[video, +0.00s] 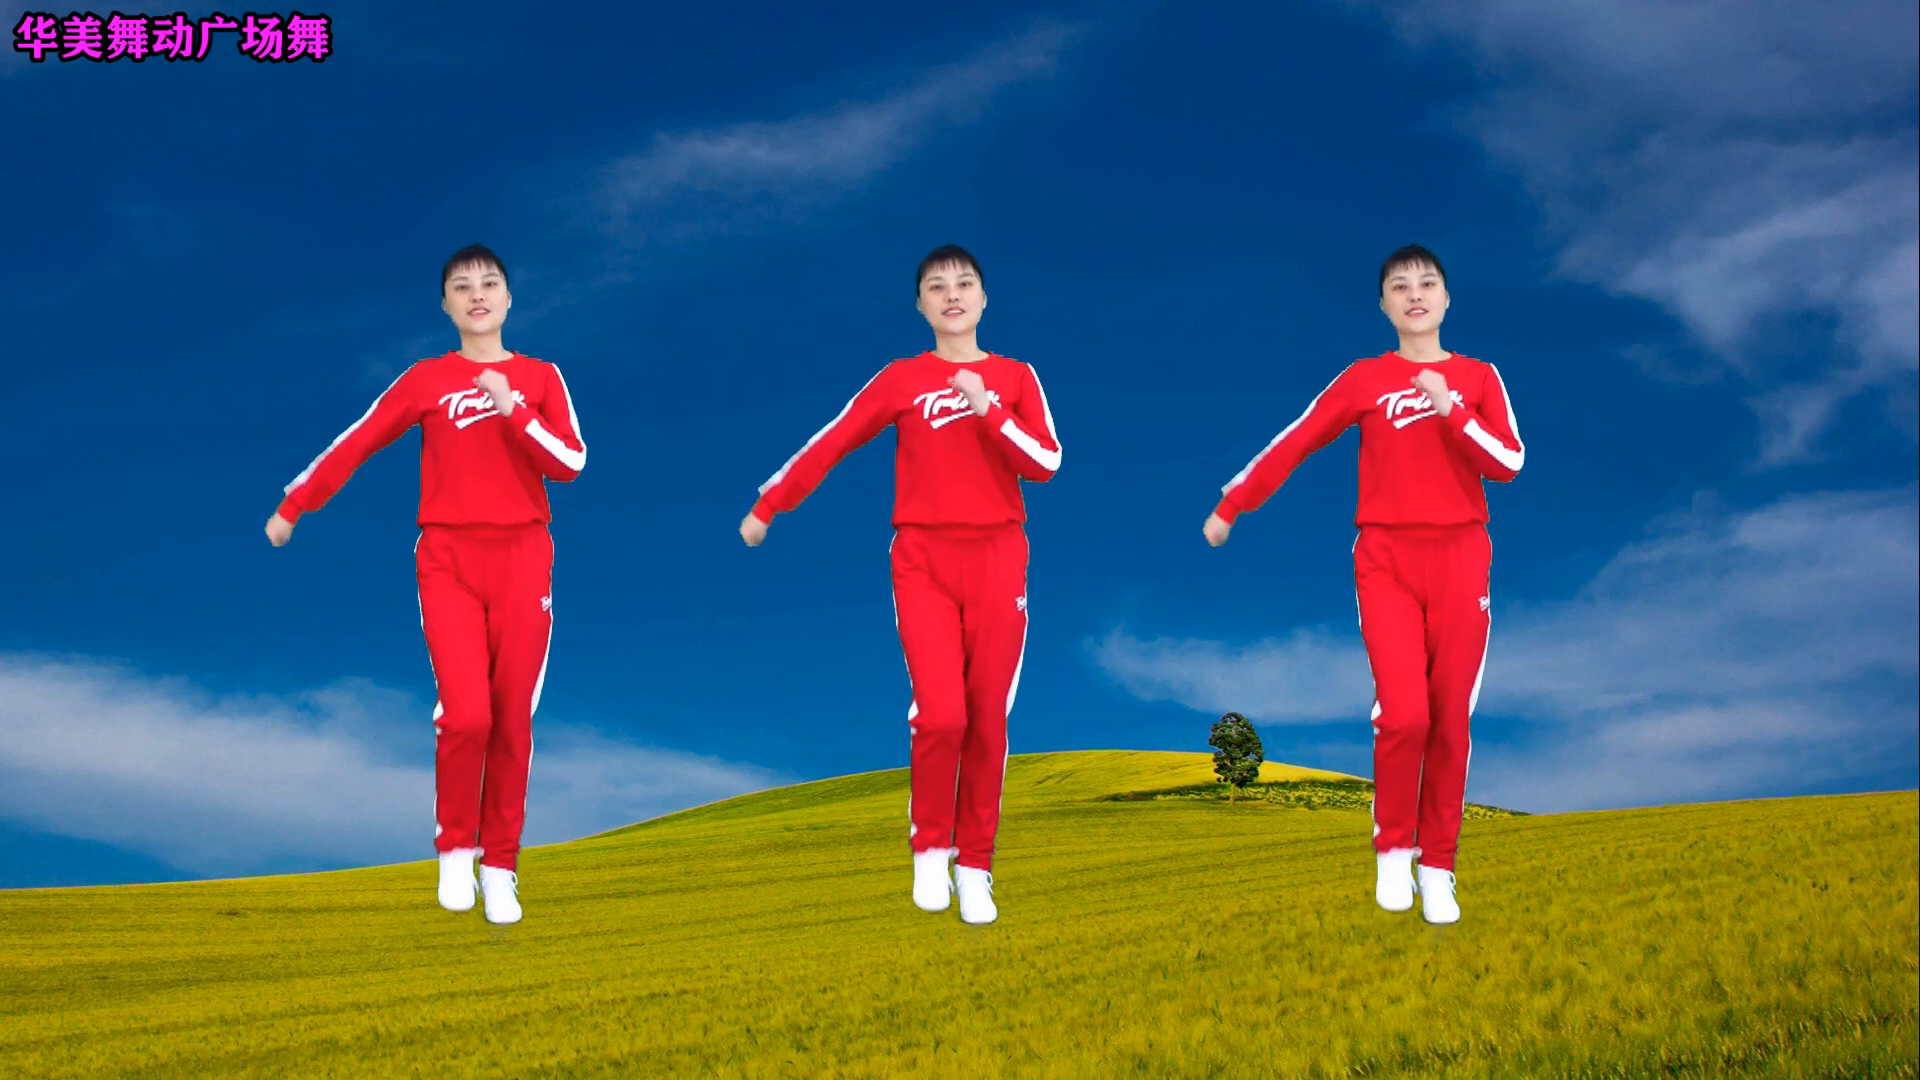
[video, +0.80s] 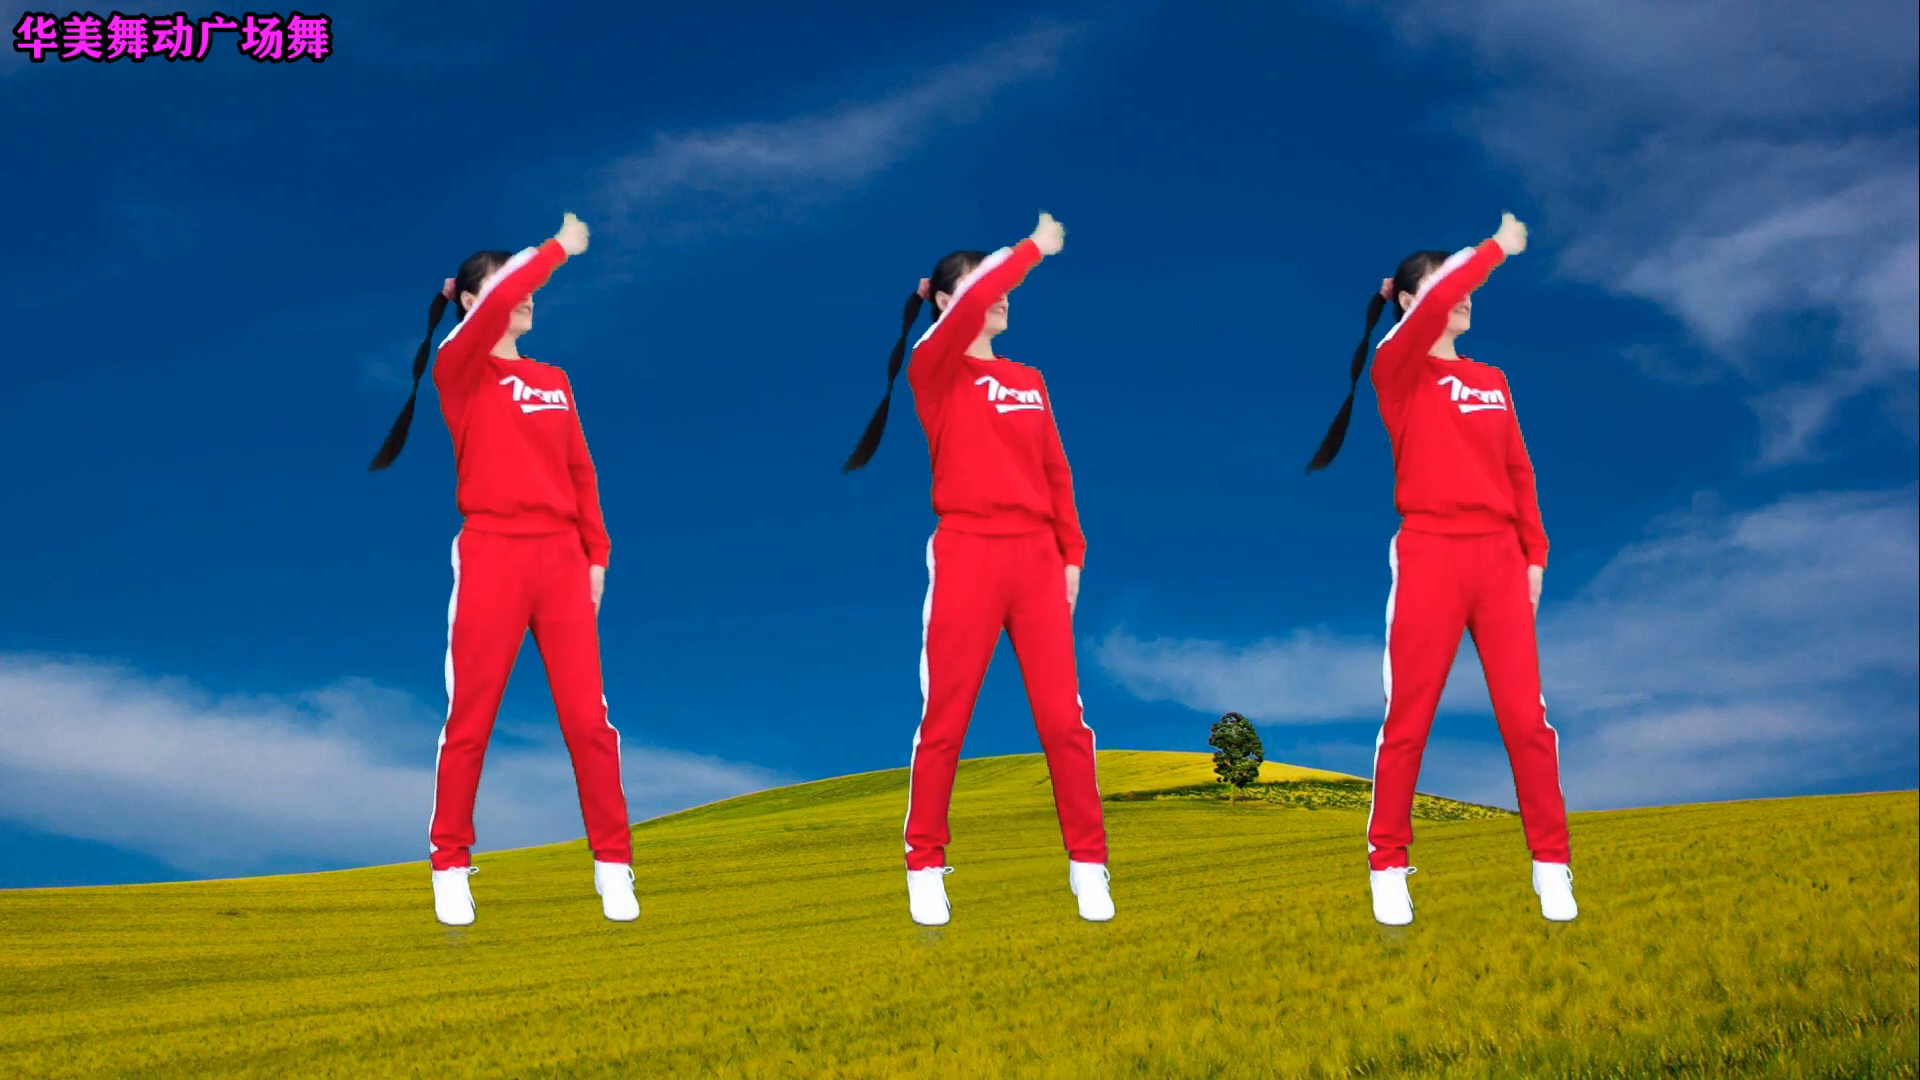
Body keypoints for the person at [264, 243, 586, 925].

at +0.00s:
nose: (478, 295)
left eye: (489, 285)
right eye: (463, 288)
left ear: (508, 298)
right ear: (447, 305)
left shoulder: (540, 376)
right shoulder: (424, 380)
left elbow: (569, 462)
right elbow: (355, 443)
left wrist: (515, 412)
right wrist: (291, 504)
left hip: (524, 557)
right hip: (448, 558)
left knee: (514, 715)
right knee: (466, 713)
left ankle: (500, 862)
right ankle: (455, 848)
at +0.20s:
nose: (484, 303)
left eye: (494, 293)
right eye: (468, 294)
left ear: (507, 308)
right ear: (445, 313)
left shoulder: (535, 388)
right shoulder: (418, 384)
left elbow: (564, 474)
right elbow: (332, 418)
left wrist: (540, 490)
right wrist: (238, 454)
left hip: (524, 565)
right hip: (448, 566)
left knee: (513, 727)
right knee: (456, 729)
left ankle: (498, 868)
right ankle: (451, 870)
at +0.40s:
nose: (495, 315)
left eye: (498, 305)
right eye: (477, 306)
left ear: (506, 324)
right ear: (443, 327)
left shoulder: (534, 405)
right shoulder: (423, 405)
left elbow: (558, 500)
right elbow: (356, 473)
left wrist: (573, 584)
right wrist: (291, 540)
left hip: (516, 579)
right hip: (443, 576)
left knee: (522, 728)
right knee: (447, 732)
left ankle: (508, 844)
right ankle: (449, 870)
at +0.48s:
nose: (497, 320)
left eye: (500, 311)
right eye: (480, 312)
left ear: (505, 330)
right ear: (444, 332)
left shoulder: (531, 411)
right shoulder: (429, 407)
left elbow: (552, 507)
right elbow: (410, 496)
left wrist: (565, 589)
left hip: (515, 589)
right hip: (443, 586)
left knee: (536, 725)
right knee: (446, 744)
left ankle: (523, 829)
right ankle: (449, 871)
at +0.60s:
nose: (499, 301)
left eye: (502, 291)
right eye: (482, 292)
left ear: (507, 310)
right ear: (447, 311)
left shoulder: (531, 391)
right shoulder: (432, 378)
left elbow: (551, 491)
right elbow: (489, 429)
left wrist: (562, 566)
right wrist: (584, 451)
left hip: (527, 564)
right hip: (456, 560)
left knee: (558, 708)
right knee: (454, 725)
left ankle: (563, 833)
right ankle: (449, 867)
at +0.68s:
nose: (505, 290)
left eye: (508, 280)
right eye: (488, 280)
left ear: (511, 299)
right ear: (453, 299)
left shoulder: (535, 370)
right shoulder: (437, 364)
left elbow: (560, 468)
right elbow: (510, 359)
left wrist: (571, 552)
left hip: (539, 549)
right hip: (467, 548)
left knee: (571, 706)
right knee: (462, 715)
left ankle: (595, 846)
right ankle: (451, 863)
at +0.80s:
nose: (530, 291)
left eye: (529, 282)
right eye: (516, 283)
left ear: (520, 302)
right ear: (476, 302)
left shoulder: (553, 380)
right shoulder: (458, 369)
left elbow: (582, 474)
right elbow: (497, 299)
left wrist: (596, 551)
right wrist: (558, 246)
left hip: (565, 554)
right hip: (492, 554)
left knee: (588, 717)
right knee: (470, 719)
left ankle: (614, 859)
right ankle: (451, 862)